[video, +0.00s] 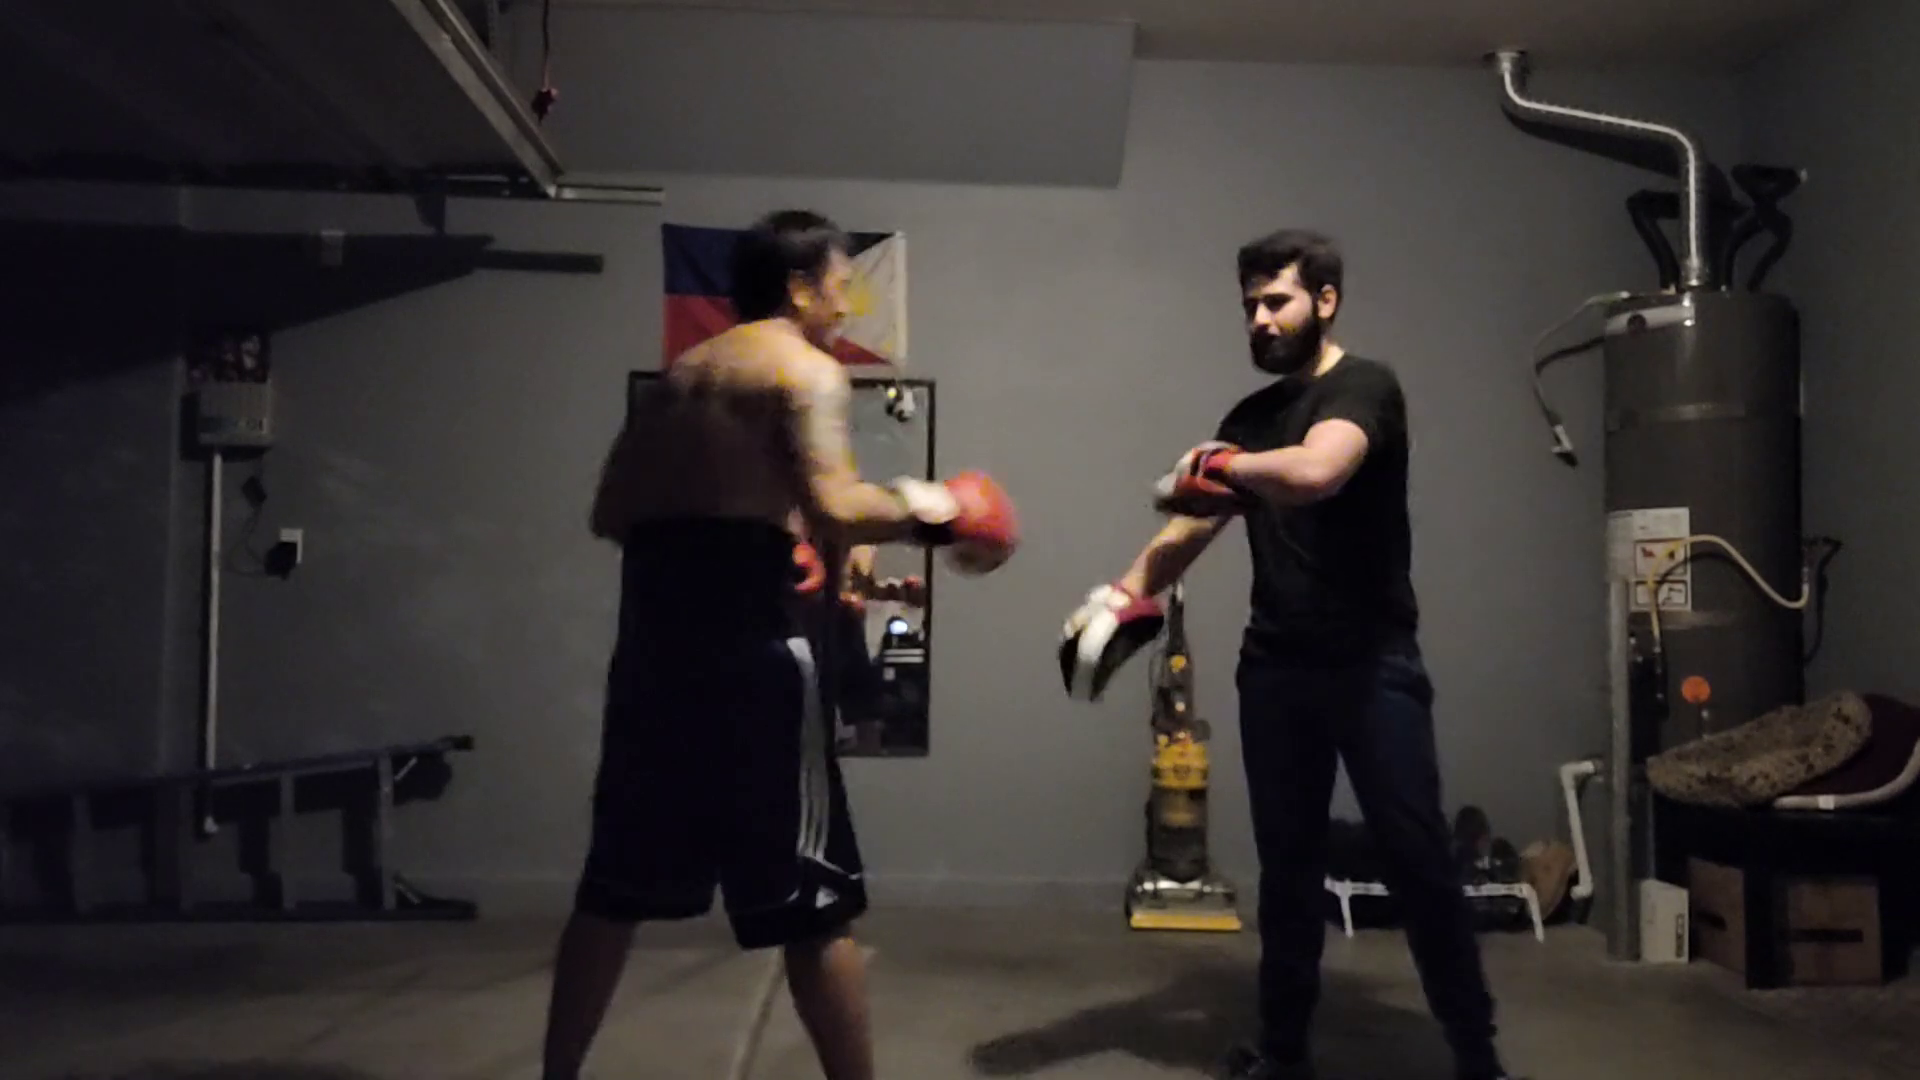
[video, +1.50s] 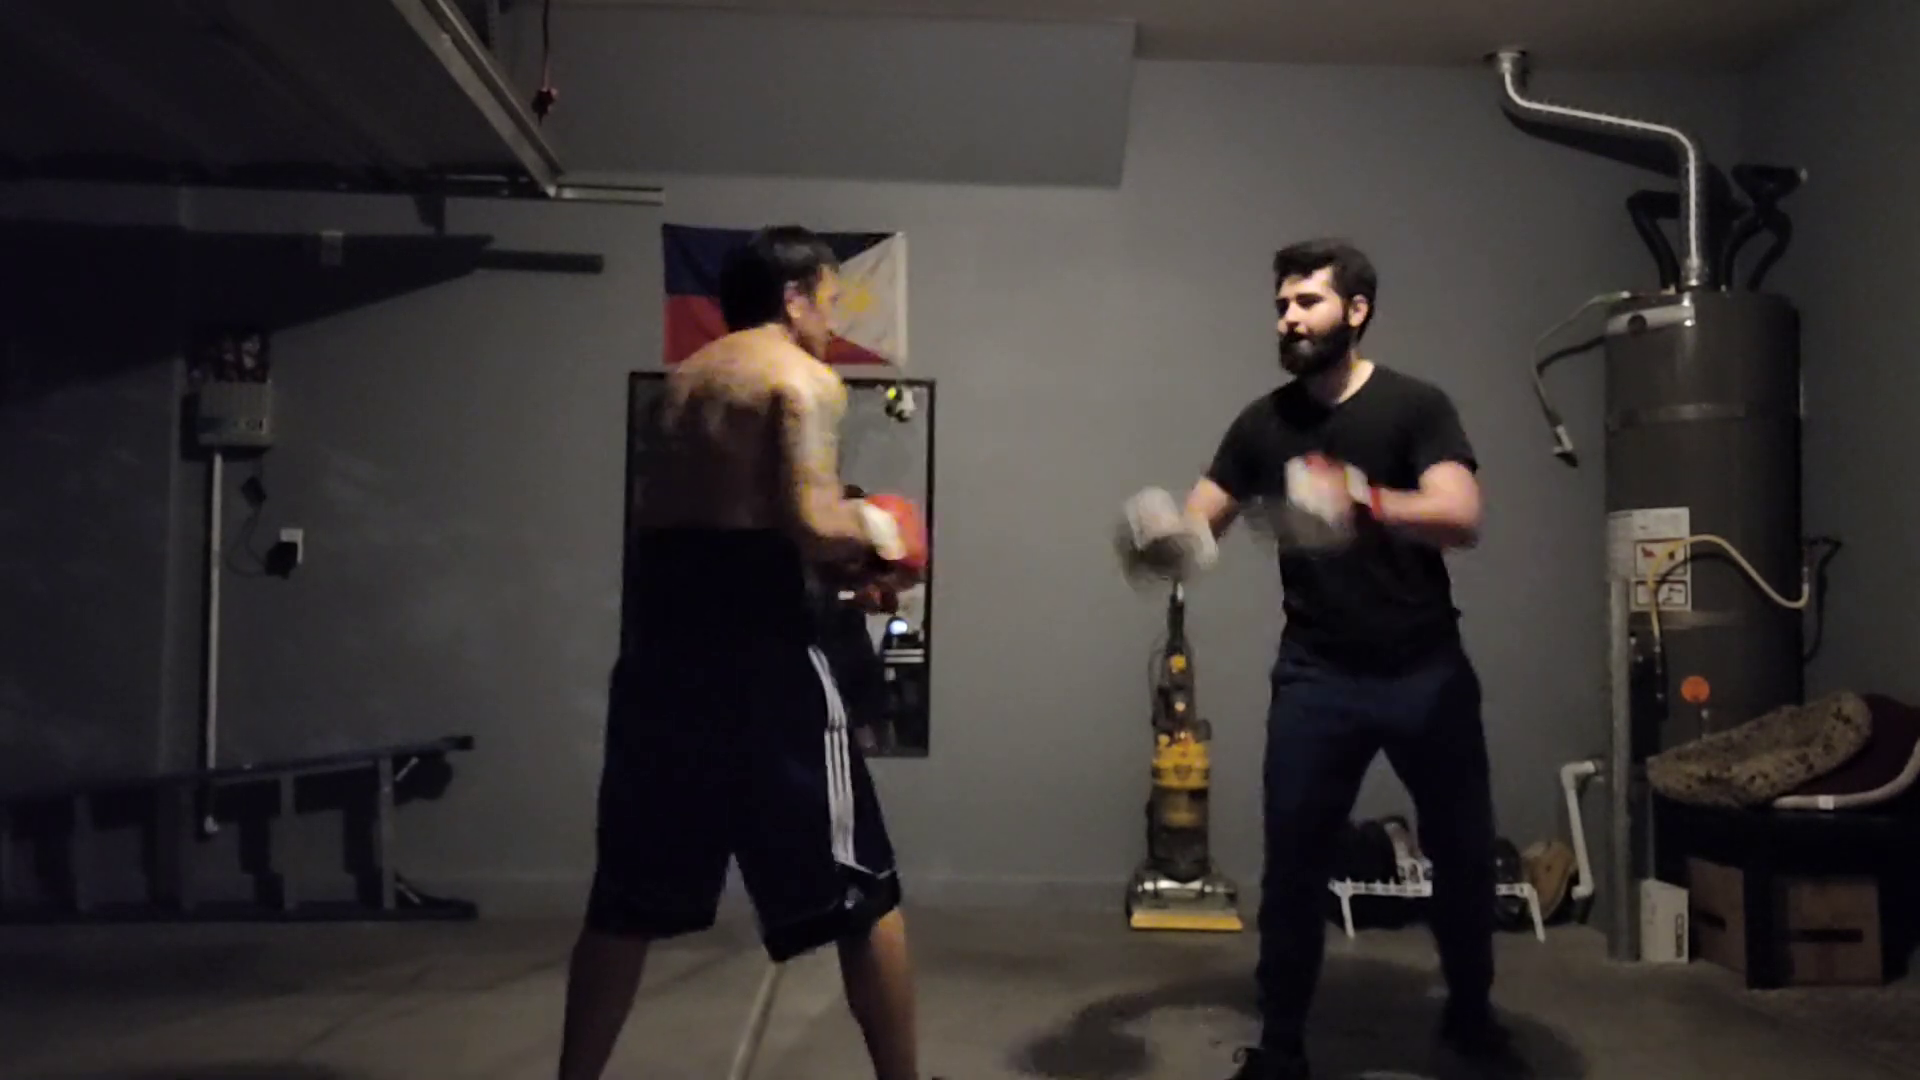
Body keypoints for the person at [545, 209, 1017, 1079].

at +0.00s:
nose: (849, 302)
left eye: (848, 284)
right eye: (841, 284)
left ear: (756, 286)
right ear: (802, 286)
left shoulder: (682, 369)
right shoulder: (806, 370)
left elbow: (613, 512)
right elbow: (837, 506)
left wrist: (753, 542)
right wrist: (935, 507)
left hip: (656, 665)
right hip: (756, 669)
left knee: (613, 885)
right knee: (814, 899)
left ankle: (558, 1070)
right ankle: (855, 1073)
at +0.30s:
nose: (753, 293)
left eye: (752, 275)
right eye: (745, 275)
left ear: (667, 282)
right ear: (701, 276)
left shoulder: (602, 371)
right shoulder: (712, 352)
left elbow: (553, 522)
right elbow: (695, 486)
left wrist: (678, 516)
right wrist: (774, 564)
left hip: (607, 647)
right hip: (703, 646)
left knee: (580, 885)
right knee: (771, 892)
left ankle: (547, 1071)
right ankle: (795, 1071)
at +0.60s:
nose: (750, 306)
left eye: (752, 287)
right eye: (744, 285)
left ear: (670, 280)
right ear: (704, 276)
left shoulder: (604, 367)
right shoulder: (705, 348)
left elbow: (563, 527)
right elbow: (707, 486)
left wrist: (713, 547)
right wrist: (802, 535)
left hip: (614, 653)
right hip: (709, 649)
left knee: (591, 883)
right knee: (814, 874)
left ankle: (552, 1071)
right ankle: (834, 1069)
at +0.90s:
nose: (874, 317)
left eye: (872, 299)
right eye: (866, 299)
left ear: (781, 297)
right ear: (828, 299)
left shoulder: (702, 376)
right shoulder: (825, 378)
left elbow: (699, 535)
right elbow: (847, 516)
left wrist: (828, 578)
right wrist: (928, 541)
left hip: (681, 674)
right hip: (790, 679)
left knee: (622, 890)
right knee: (865, 896)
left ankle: (562, 1072)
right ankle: (898, 1072)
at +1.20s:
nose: (922, 324)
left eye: (924, 307)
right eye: (920, 306)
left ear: (833, 293)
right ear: (888, 302)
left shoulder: (755, 362)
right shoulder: (888, 385)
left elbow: (751, 517)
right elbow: (954, 525)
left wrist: (867, 560)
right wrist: (997, 500)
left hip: (701, 661)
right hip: (812, 672)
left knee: (640, 886)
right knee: (875, 899)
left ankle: (580, 1069)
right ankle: (899, 1073)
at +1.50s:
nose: (836, 318)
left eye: (834, 301)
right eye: (829, 301)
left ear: (746, 302)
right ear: (796, 300)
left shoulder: (674, 383)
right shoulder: (800, 380)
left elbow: (696, 544)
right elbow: (816, 525)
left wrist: (845, 574)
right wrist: (877, 534)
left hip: (668, 675)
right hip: (778, 678)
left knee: (625, 900)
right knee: (865, 895)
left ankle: (576, 1072)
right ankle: (901, 1071)